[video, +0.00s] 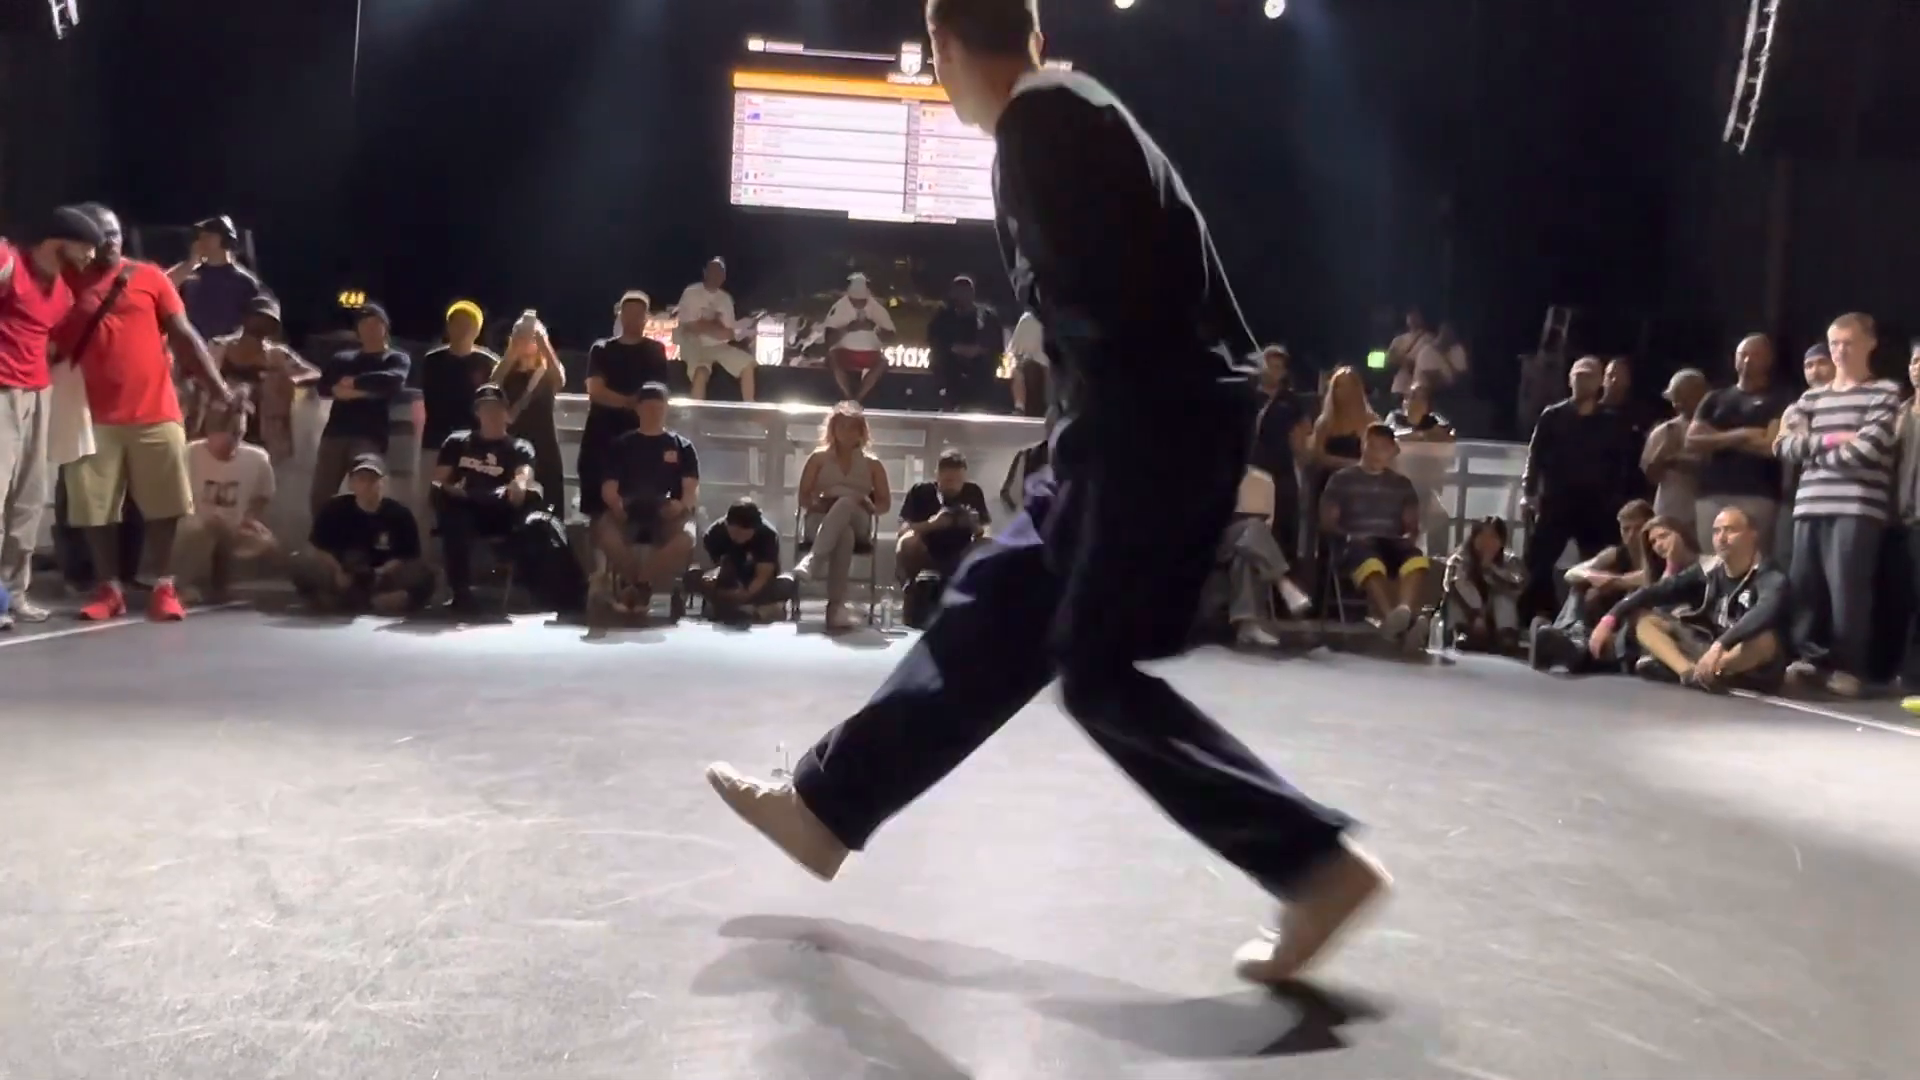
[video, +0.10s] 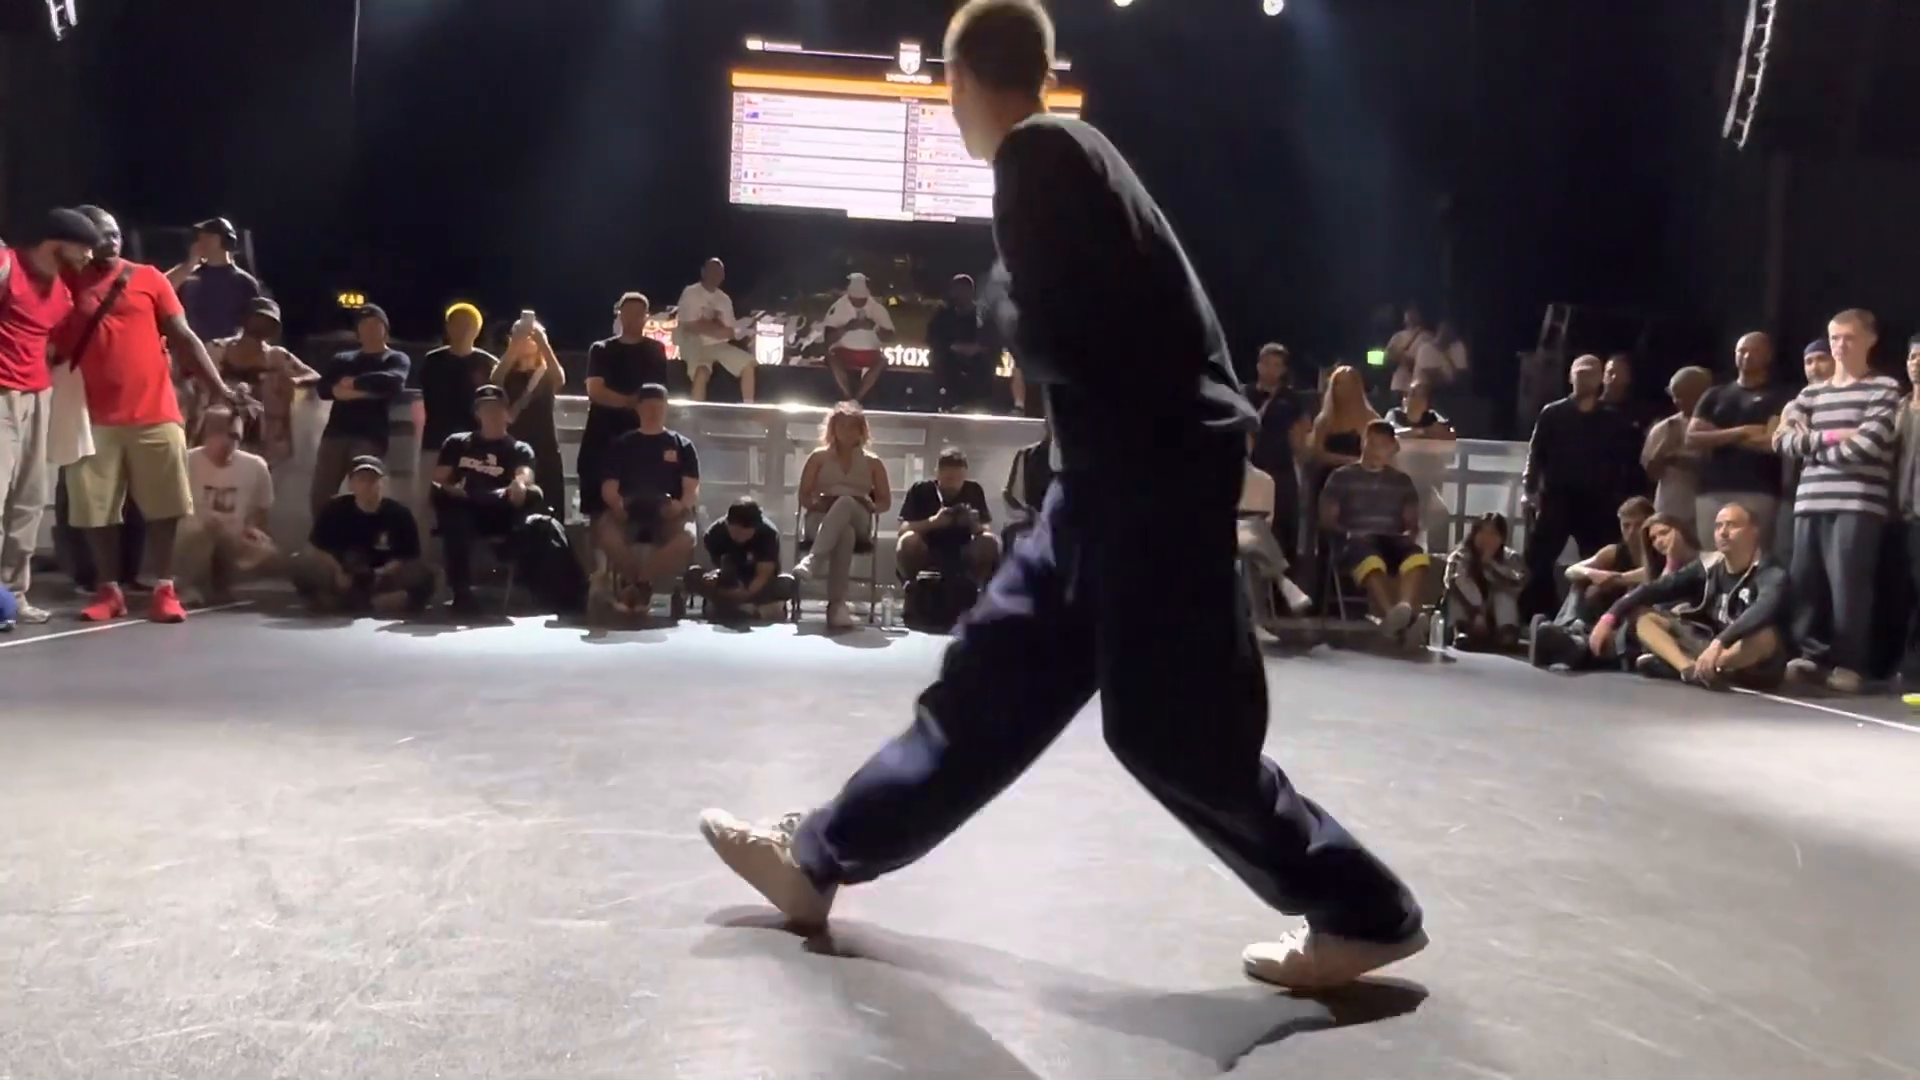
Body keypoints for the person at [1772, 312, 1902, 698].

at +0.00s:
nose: (1839, 352)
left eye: (1847, 344)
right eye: (1834, 345)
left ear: (1870, 345)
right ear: (1828, 348)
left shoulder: (1886, 393)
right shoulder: (1811, 397)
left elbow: (1867, 451)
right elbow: (1785, 446)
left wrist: (1814, 448)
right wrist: (1836, 439)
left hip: (1855, 505)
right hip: (1808, 506)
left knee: (1847, 590)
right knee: (1802, 583)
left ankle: (1849, 669)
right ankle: (1807, 657)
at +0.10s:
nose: (1840, 346)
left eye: (1849, 339)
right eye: (1835, 339)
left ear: (1870, 342)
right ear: (1828, 343)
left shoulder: (1885, 390)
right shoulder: (1812, 393)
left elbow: (1867, 446)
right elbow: (1783, 439)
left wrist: (1813, 444)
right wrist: (1835, 438)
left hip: (1855, 502)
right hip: (1809, 503)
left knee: (1848, 586)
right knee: (1803, 579)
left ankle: (1849, 665)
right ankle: (1809, 655)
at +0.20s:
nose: (1839, 349)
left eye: (1848, 342)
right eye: (1834, 342)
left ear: (1870, 345)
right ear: (1828, 345)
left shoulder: (1886, 393)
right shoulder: (1812, 395)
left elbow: (1867, 451)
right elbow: (1785, 443)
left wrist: (1812, 447)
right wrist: (1838, 441)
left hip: (1857, 504)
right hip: (1811, 504)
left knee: (1849, 586)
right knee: (1805, 581)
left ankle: (1852, 668)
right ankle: (1813, 657)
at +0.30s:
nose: (1836, 355)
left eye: (1845, 347)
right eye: (1831, 347)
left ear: (1869, 348)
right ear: (1827, 351)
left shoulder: (1888, 397)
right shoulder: (1814, 400)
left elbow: (1866, 457)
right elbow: (1788, 448)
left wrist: (1814, 453)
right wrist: (1839, 446)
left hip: (1859, 508)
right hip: (1812, 509)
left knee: (1850, 589)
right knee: (1807, 584)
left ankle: (1853, 670)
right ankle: (1815, 660)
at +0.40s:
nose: (1835, 361)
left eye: (1842, 353)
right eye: (1830, 354)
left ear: (1868, 352)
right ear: (1826, 357)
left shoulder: (1890, 400)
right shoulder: (1817, 404)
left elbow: (1873, 457)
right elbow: (1790, 452)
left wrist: (1818, 456)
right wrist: (1843, 447)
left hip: (1863, 511)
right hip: (1816, 512)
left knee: (1854, 594)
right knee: (1811, 589)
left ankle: (1858, 675)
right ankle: (1820, 664)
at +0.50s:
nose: (1833, 362)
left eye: (1841, 354)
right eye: (1829, 355)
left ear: (1866, 352)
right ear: (1825, 358)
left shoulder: (1889, 400)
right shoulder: (1816, 405)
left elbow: (1874, 456)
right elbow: (1791, 452)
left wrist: (1820, 457)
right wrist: (1842, 448)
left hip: (1863, 511)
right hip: (1816, 513)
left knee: (1856, 594)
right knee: (1811, 589)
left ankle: (1858, 674)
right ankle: (1821, 664)